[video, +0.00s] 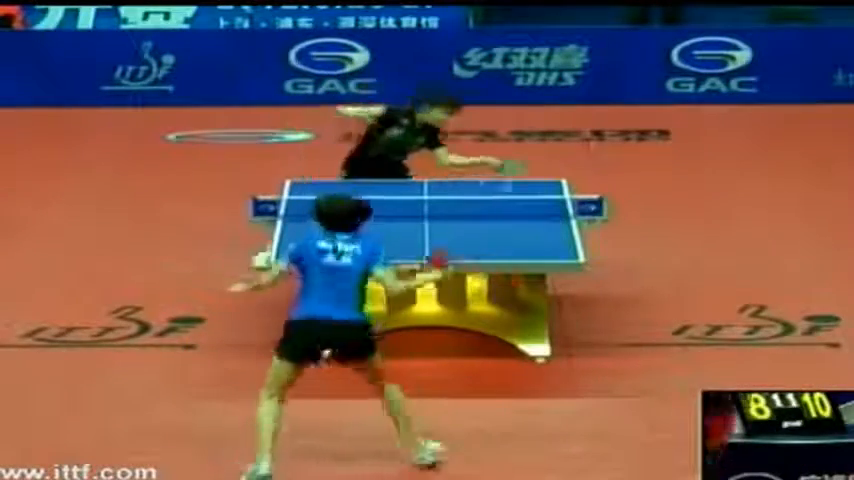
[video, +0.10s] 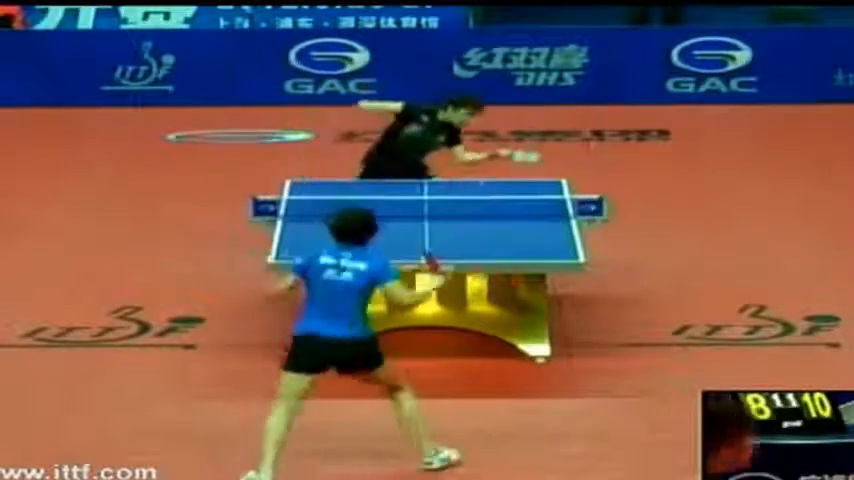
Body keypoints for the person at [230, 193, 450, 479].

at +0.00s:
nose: (361, 222)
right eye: (358, 218)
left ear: (322, 220)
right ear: (355, 221)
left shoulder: (307, 244)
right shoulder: (368, 248)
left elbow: (270, 278)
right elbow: (394, 287)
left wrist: (249, 285)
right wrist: (421, 279)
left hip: (304, 326)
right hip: (349, 326)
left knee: (272, 394)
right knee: (384, 384)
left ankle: (263, 463)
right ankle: (415, 448)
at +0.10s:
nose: (373, 236)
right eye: (371, 231)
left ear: (336, 231)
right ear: (367, 234)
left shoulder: (317, 257)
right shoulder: (373, 262)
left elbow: (281, 287)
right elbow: (401, 299)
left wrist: (280, 273)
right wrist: (430, 289)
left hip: (310, 342)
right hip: (354, 344)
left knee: (285, 404)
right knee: (398, 390)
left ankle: (265, 470)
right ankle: (429, 453)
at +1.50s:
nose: (524, 200)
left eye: (526, 196)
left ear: (534, 197)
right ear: (564, 194)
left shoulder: (530, 216)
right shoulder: (583, 218)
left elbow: (506, 247)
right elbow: (615, 247)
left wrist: (474, 248)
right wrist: (598, 232)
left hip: (543, 294)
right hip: (584, 293)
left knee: (507, 355)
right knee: (604, 353)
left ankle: (478, 425)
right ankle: (631, 414)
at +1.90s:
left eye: (498, 187)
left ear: (501, 188)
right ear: (533, 187)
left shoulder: (491, 211)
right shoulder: (550, 213)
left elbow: (460, 244)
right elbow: (573, 248)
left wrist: (451, 236)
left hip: (498, 288)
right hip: (541, 289)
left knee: (464, 353)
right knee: (565, 349)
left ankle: (442, 420)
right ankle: (581, 416)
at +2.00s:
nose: (487, 203)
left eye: (489, 199)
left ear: (494, 201)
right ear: (528, 201)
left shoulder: (484, 223)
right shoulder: (544, 226)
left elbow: (450, 251)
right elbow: (554, 262)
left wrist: (442, 244)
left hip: (489, 300)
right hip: (532, 300)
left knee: (453, 360)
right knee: (560, 355)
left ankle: (439, 429)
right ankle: (579, 417)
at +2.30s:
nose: (546, 221)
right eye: (546, 215)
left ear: (514, 202)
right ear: (542, 215)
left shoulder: (484, 215)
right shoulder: (537, 242)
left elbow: (432, 211)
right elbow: (533, 279)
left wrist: (420, 195)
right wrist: (557, 256)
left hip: (456, 292)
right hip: (496, 297)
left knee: (435, 361)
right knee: (519, 347)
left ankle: (438, 428)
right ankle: (531, 402)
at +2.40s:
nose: (530, 202)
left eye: (534, 201)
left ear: (530, 206)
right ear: (553, 223)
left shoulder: (495, 217)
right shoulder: (543, 248)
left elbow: (450, 205)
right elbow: (539, 280)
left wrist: (423, 183)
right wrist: (580, 263)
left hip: (458, 290)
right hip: (498, 298)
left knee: (434, 361)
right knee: (514, 345)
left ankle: (437, 429)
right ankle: (524, 403)